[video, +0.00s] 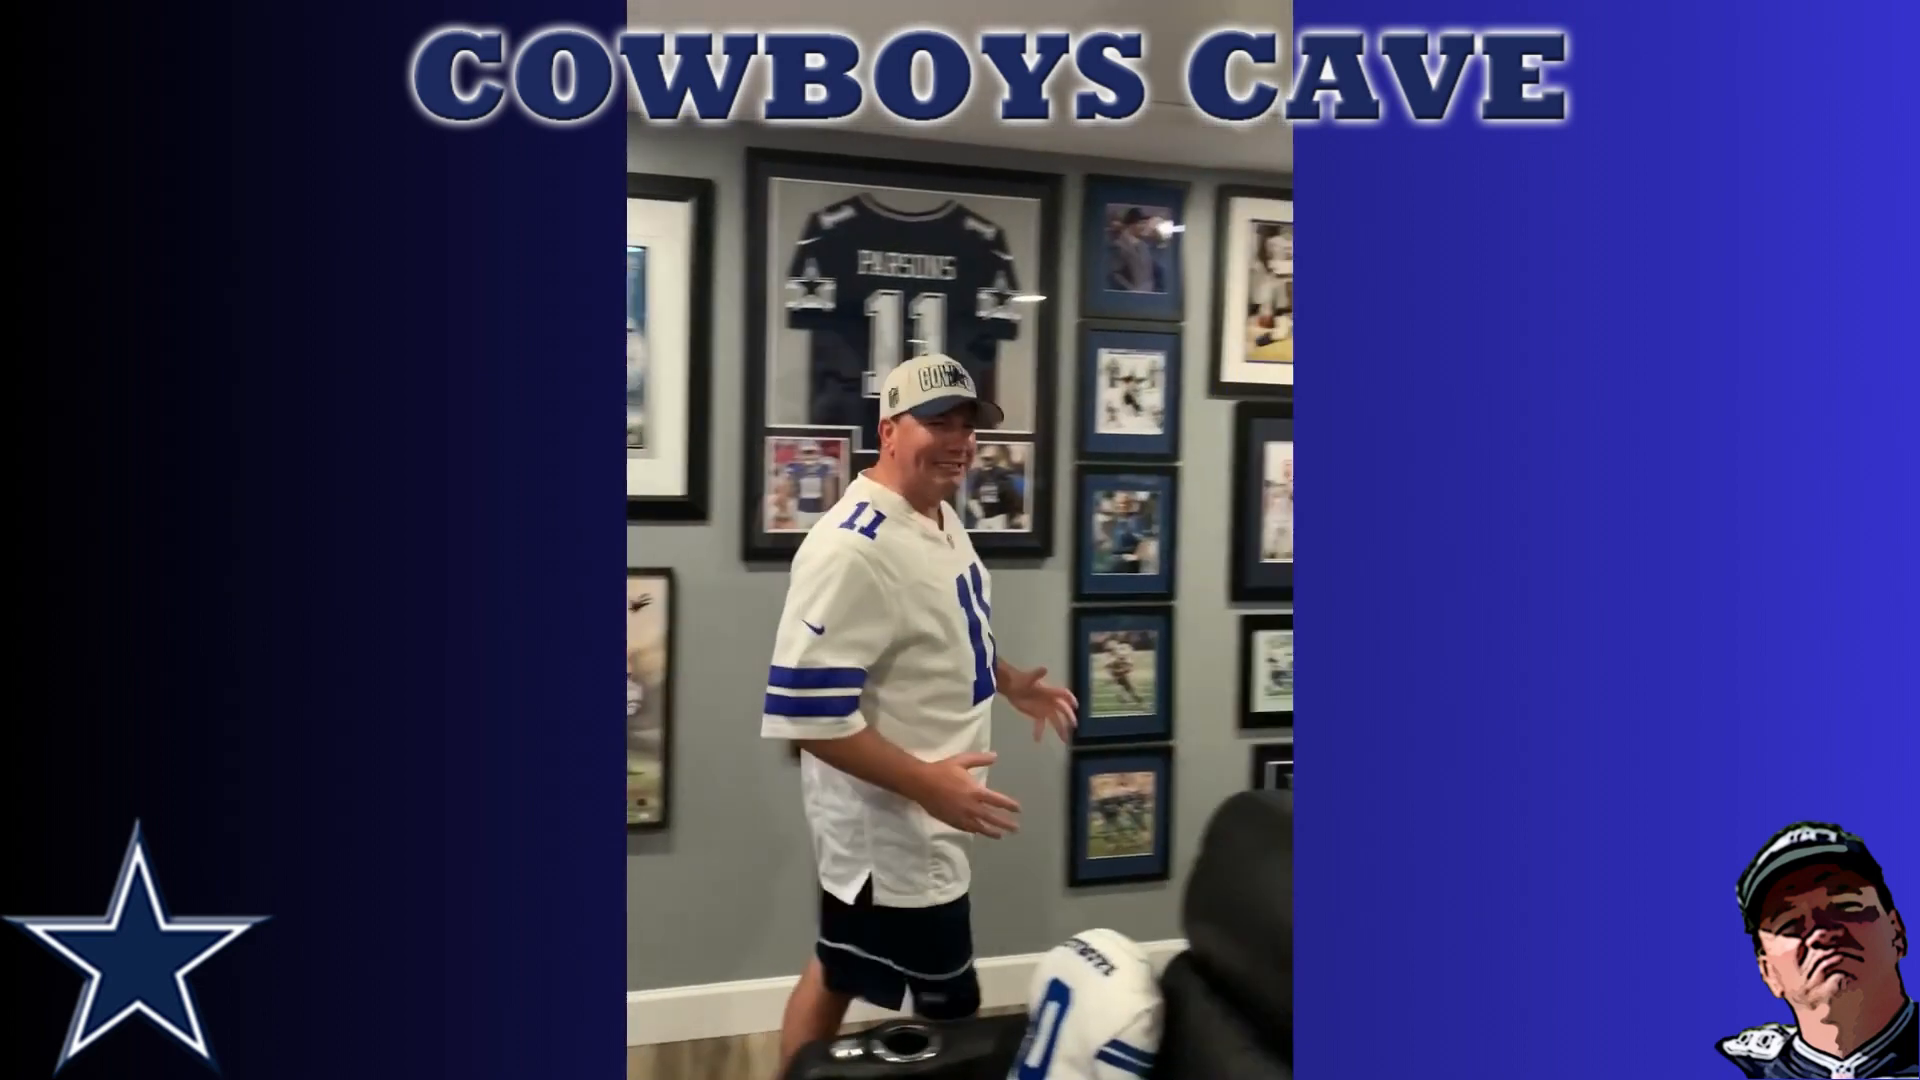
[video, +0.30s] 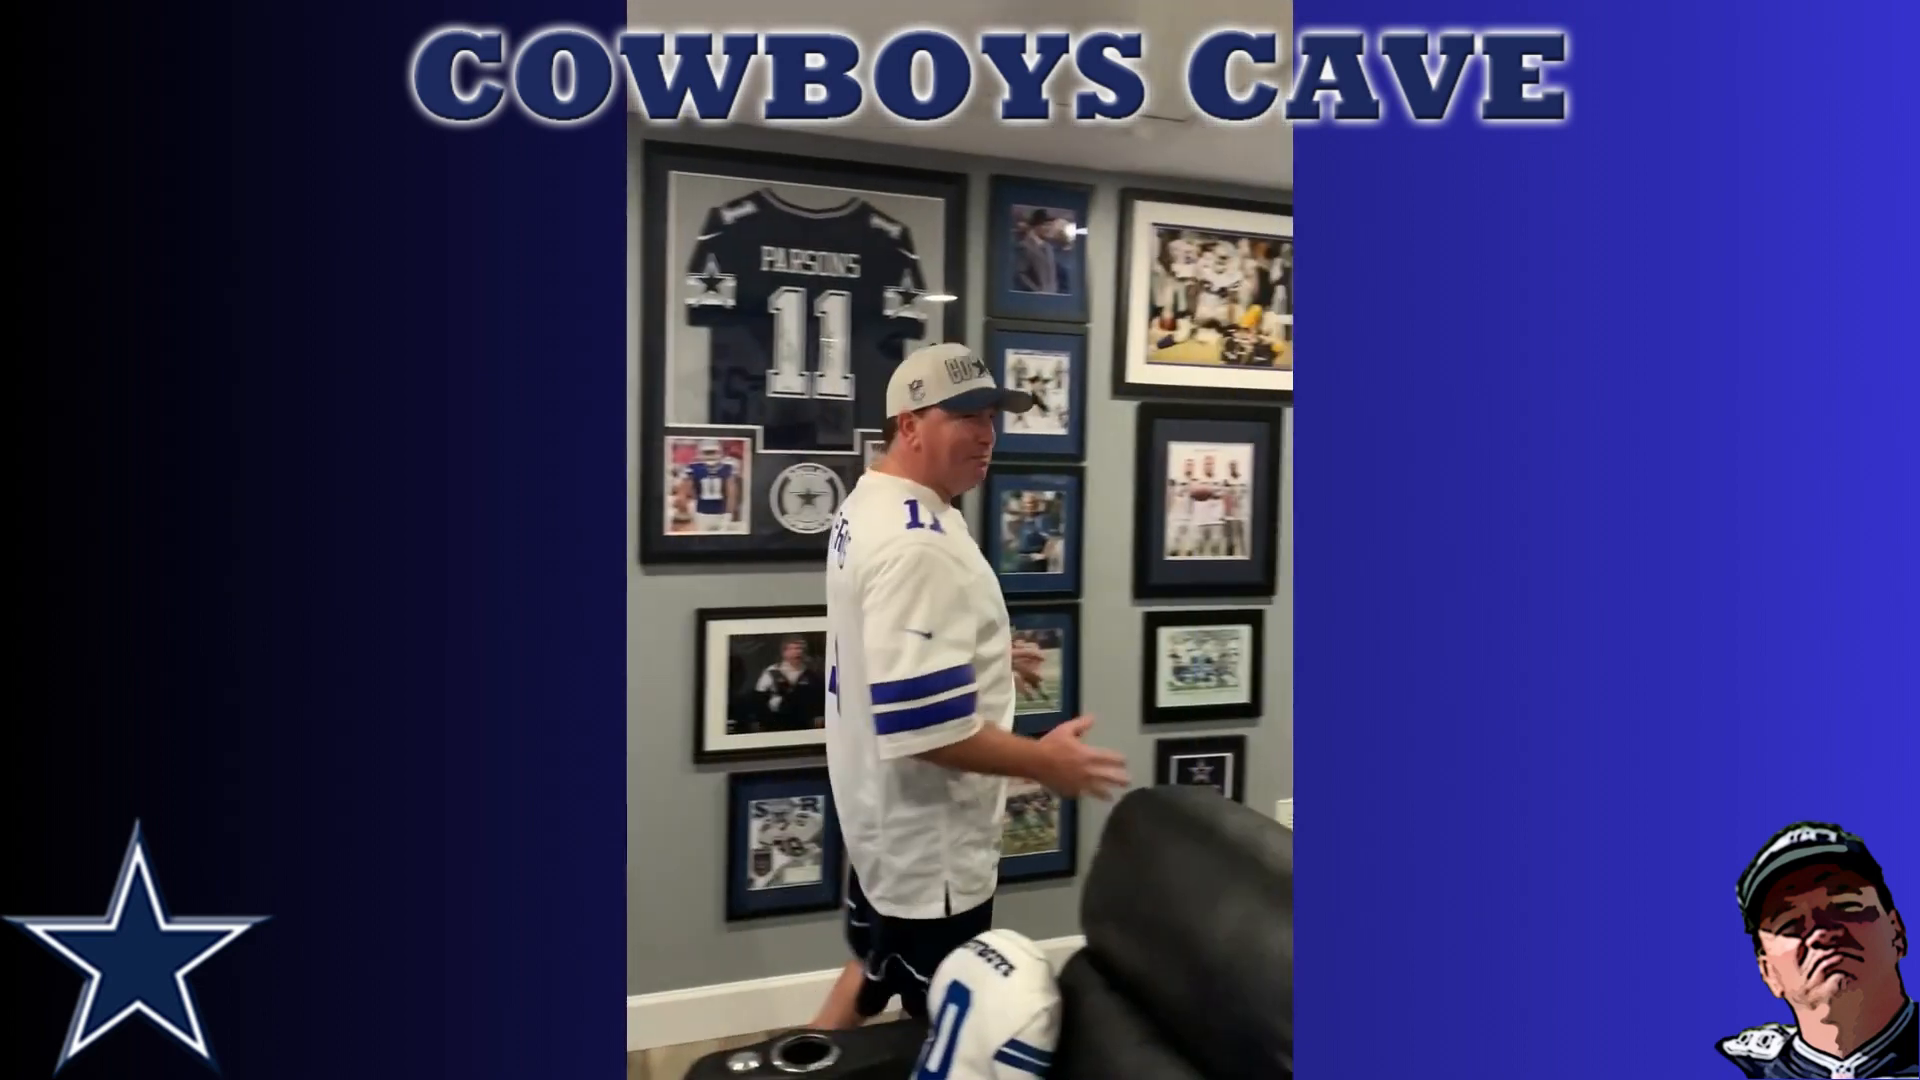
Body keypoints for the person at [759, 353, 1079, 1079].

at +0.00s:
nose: (960, 441)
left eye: (969, 425)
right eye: (941, 422)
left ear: (977, 433)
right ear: (891, 432)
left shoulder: (941, 519)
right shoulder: (851, 548)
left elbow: (949, 637)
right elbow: (813, 717)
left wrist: (1012, 681)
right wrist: (926, 784)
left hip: (905, 821)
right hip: (893, 834)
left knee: (833, 974)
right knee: (949, 1019)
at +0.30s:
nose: (986, 436)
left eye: (989, 418)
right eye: (968, 416)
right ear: (912, 425)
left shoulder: (870, 507)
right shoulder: (915, 547)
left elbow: (883, 656)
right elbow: (929, 728)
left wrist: (984, 658)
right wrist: (1038, 759)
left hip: (879, 813)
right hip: (930, 834)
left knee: (873, 964)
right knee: (952, 1018)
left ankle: (806, 1067)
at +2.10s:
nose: (1094, 414)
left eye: (1110, 406)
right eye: (1081, 405)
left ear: (1131, 429)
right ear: (1062, 429)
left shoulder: (1176, 515)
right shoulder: (1013, 510)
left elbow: (1220, 611)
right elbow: (963, 582)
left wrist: (1252, 658)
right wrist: (952, 613)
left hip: (1129, 780)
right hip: (1019, 778)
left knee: (1129, 943)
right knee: (1018, 937)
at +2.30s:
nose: (1076, 409)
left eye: (1092, 402)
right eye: (1063, 402)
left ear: (1114, 427)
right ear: (1045, 428)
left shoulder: (1161, 512)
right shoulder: (1001, 512)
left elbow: (1204, 614)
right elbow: (970, 608)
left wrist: (1203, 675)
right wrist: (965, 665)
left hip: (1118, 785)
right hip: (1006, 781)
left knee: (1118, 951)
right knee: (1005, 943)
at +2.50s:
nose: (1040, 413)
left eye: (1055, 404)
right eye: (1027, 405)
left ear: (1078, 428)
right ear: (1009, 427)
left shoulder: (1126, 513)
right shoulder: (974, 515)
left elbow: (1182, 619)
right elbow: (954, 603)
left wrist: (1161, 683)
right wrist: (931, 660)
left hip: (1091, 789)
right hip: (983, 784)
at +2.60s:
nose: (1013, 417)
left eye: (1029, 406)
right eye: (1001, 407)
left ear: (1053, 431)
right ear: (984, 430)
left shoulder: (1101, 517)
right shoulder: (954, 518)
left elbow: (1155, 625)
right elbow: (935, 607)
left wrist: (1119, 691)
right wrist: (912, 661)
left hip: (1070, 785)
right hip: (965, 780)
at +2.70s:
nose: (981, 421)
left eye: (998, 410)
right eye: (969, 410)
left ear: (1025, 433)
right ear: (952, 434)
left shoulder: (1074, 522)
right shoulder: (928, 521)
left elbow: (1124, 642)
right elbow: (911, 614)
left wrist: (1071, 706)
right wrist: (883, 667)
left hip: (1042, 787)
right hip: (938, 780)